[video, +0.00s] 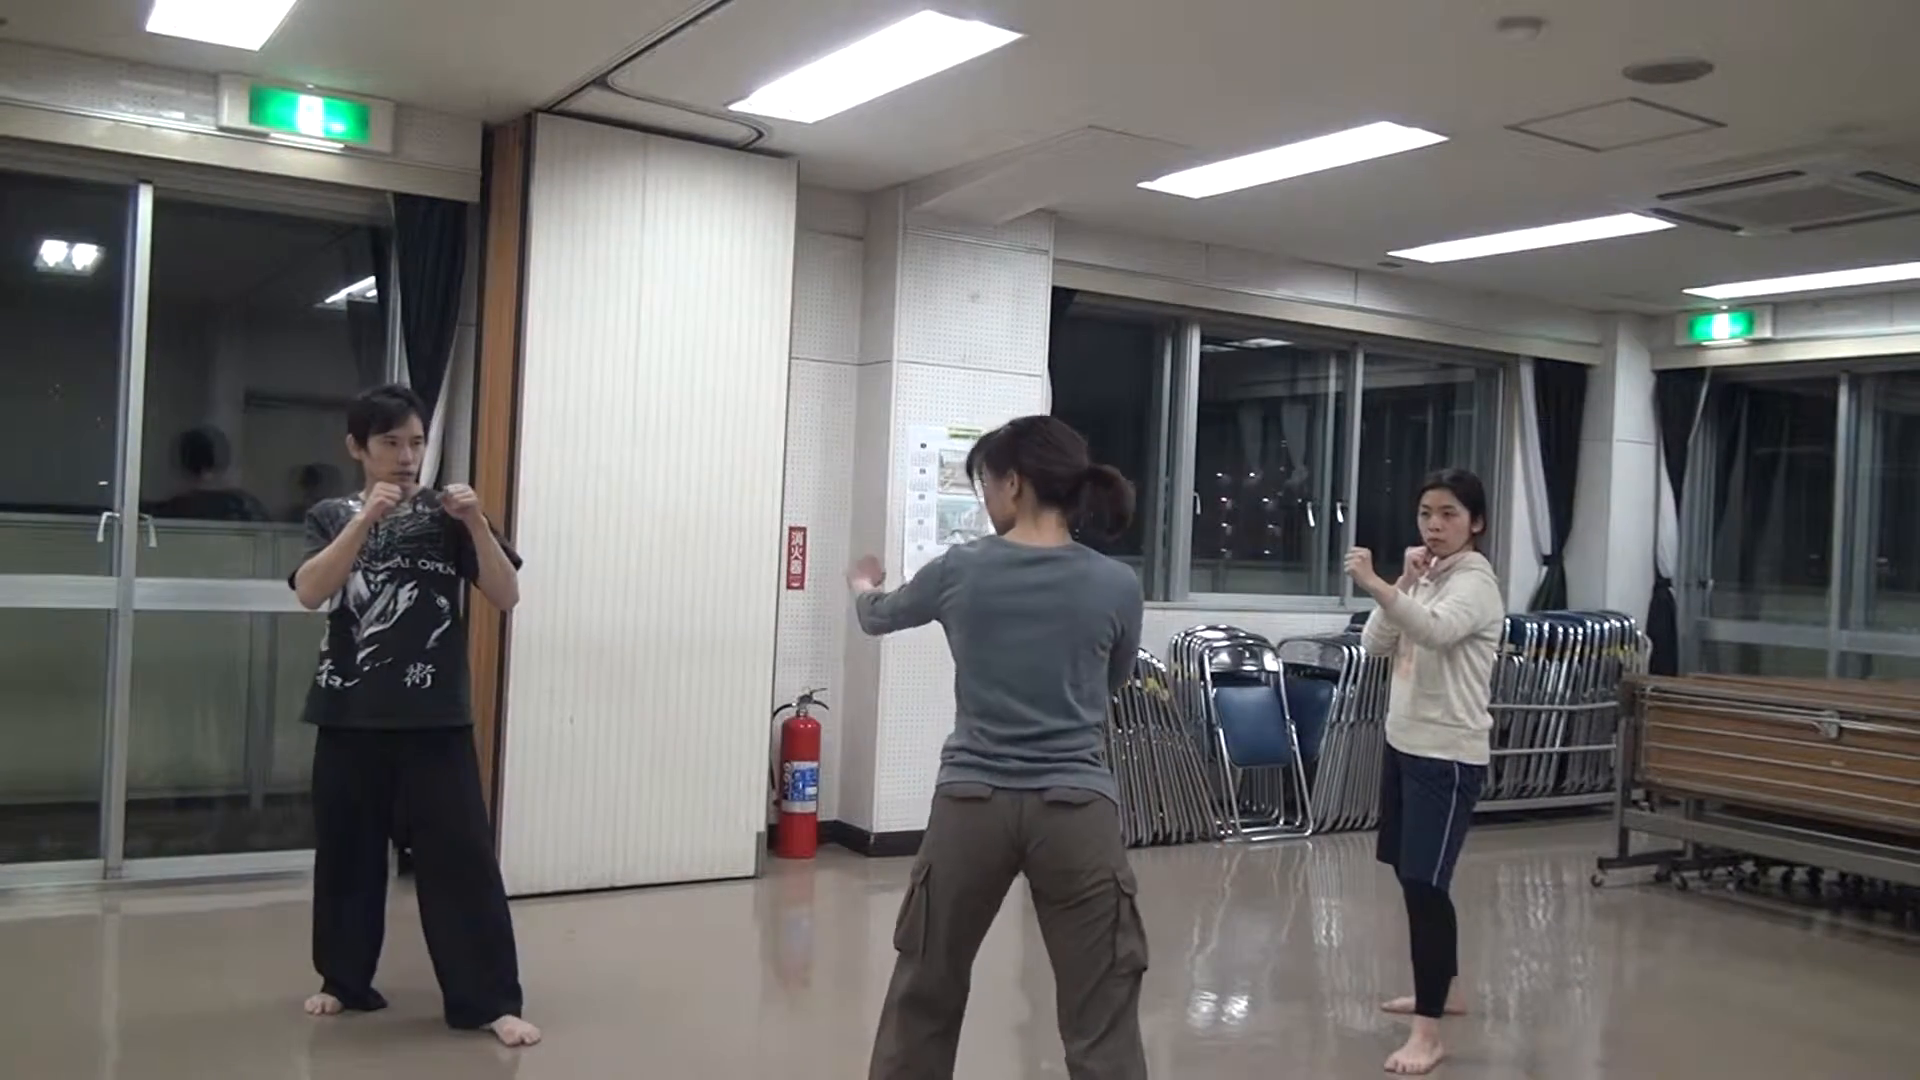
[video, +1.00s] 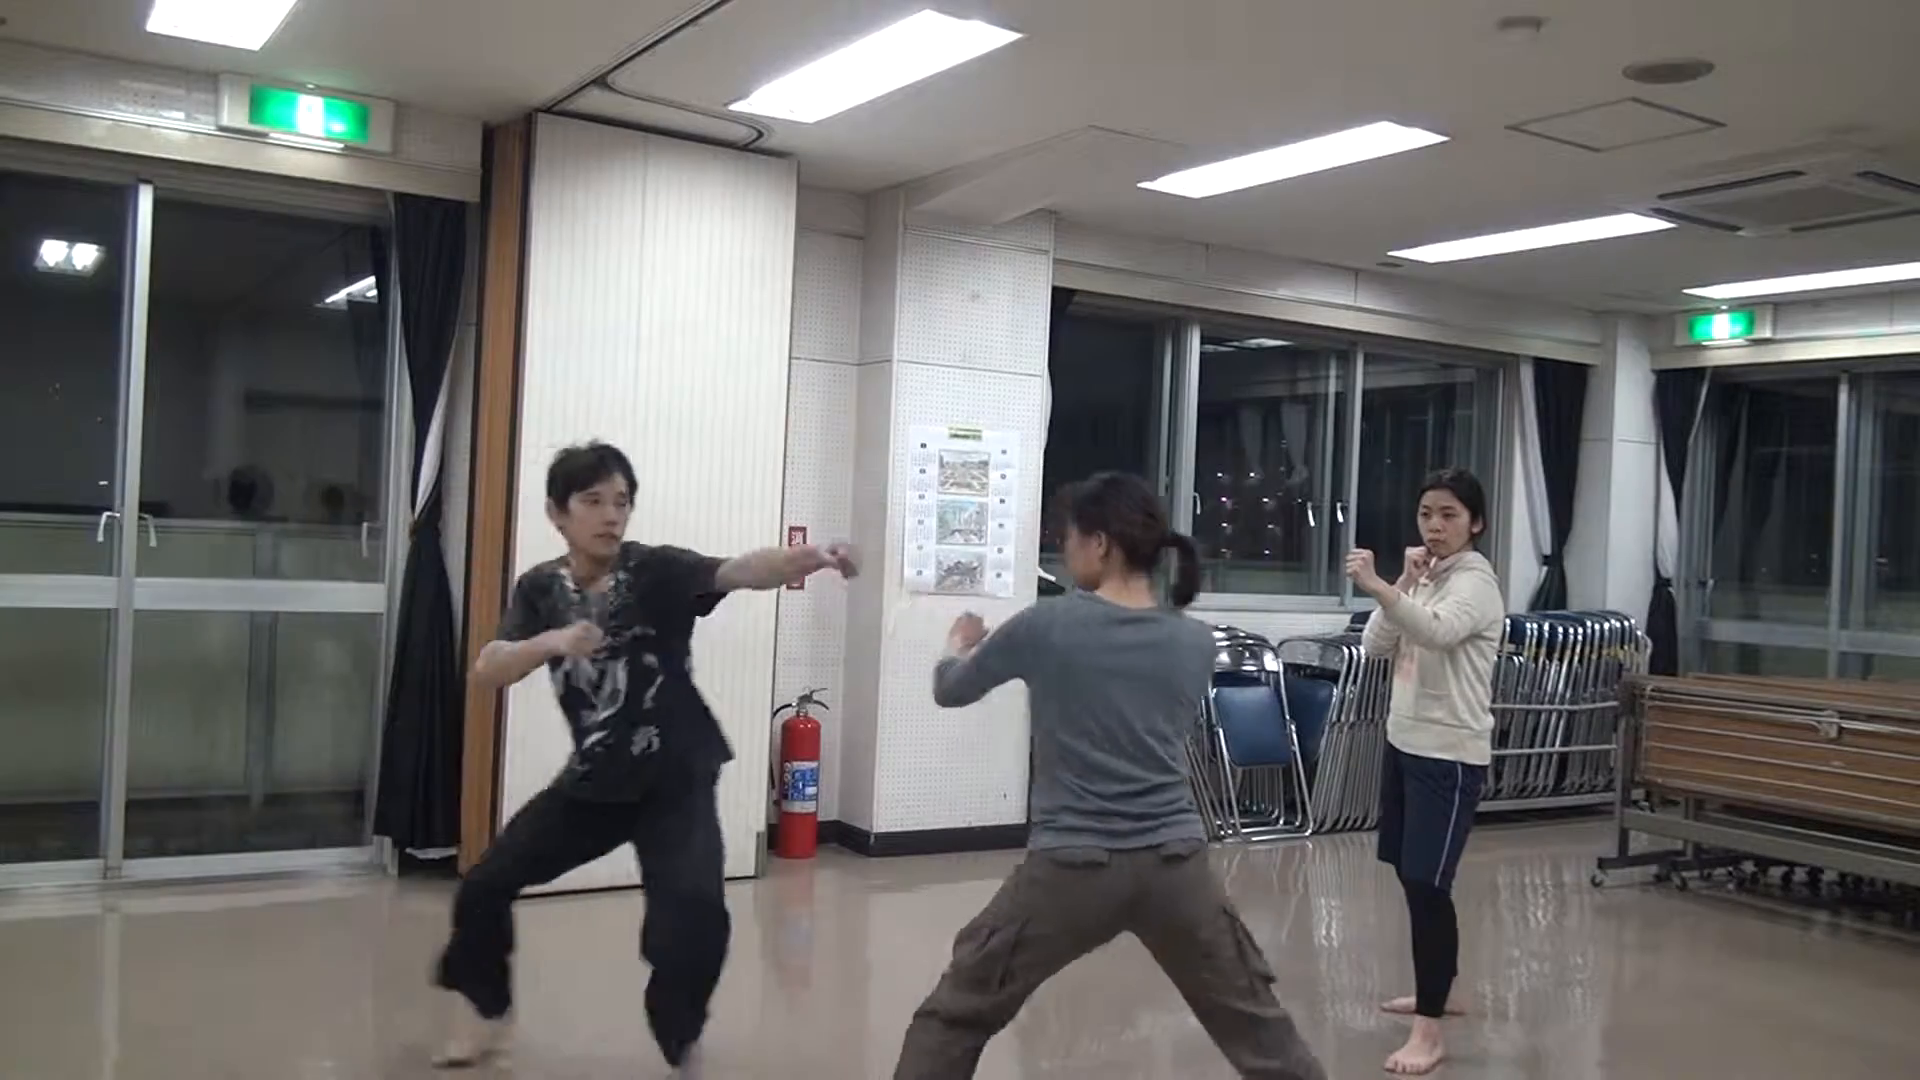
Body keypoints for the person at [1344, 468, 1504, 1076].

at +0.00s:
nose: (1433, 524)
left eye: (1447, 513)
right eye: (1426, 513)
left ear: (1475, 522)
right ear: (1419, 521)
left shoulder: (1477, 580)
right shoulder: (1422, 579)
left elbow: (1440, 630)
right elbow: (1375, 644)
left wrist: (1380, 587)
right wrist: (1404, 588)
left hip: (1447, 754)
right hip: (1406, 747)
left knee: (1425, 882)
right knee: (1409, 872)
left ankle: (1426, 1034)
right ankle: (1443, 988)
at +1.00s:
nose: (1434, 524)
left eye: (1447, 514)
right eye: (1427, 514)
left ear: (1474, 523)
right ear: (1418, 521)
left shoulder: (1477, 581)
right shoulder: (1421, 581)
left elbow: (1442, 631)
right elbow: (1375, 646)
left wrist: (1380, 588)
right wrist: (1404, 587)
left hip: (1448, 756)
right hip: (1406, 748)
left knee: (1427, 884)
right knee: (1408, 871)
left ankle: (1427, 1032)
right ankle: (1439, 989)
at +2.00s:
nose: (1439, 531)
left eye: (1452, 521)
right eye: (1430, 520)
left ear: (1475, 528)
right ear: (1419, 524)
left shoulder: (1479, 582)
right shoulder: (1416, 582)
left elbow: (1461, 637)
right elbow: (1372, 648)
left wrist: (1405, 593)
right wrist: (1404, 591)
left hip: (1456, 758)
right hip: (1408, 752)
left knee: (1429, 887)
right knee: (1390, 864)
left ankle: (1428, 1034)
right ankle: (1437, 986)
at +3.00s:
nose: (1441, 531)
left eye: (1454, 520)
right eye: (1432, 519)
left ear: (1477, 529)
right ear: (1419, 524)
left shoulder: (1480, 584)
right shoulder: (1414, 579)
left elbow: (1466, 638)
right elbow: (1371, 648)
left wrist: (1413, 595)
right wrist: (1405, 598)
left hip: (1453, 758)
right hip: (1400, 749)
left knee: (1431, 886)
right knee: (1390, 865)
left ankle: (1429, 1032)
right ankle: (1438, 985)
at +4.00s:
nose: (1419, 514)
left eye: (1434, 504)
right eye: (1412, 503)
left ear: (1462, 514)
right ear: (1401, 510)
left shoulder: (1479, 570)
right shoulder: (1380, 569)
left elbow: (1450, 600)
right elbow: (1332, 635)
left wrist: (1375, 586)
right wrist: (1362, 558)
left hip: (1451, 748)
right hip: (1376, 747)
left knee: (1436, 899)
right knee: (1353, 888)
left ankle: (1410, 1026)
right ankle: (1376, 1036)